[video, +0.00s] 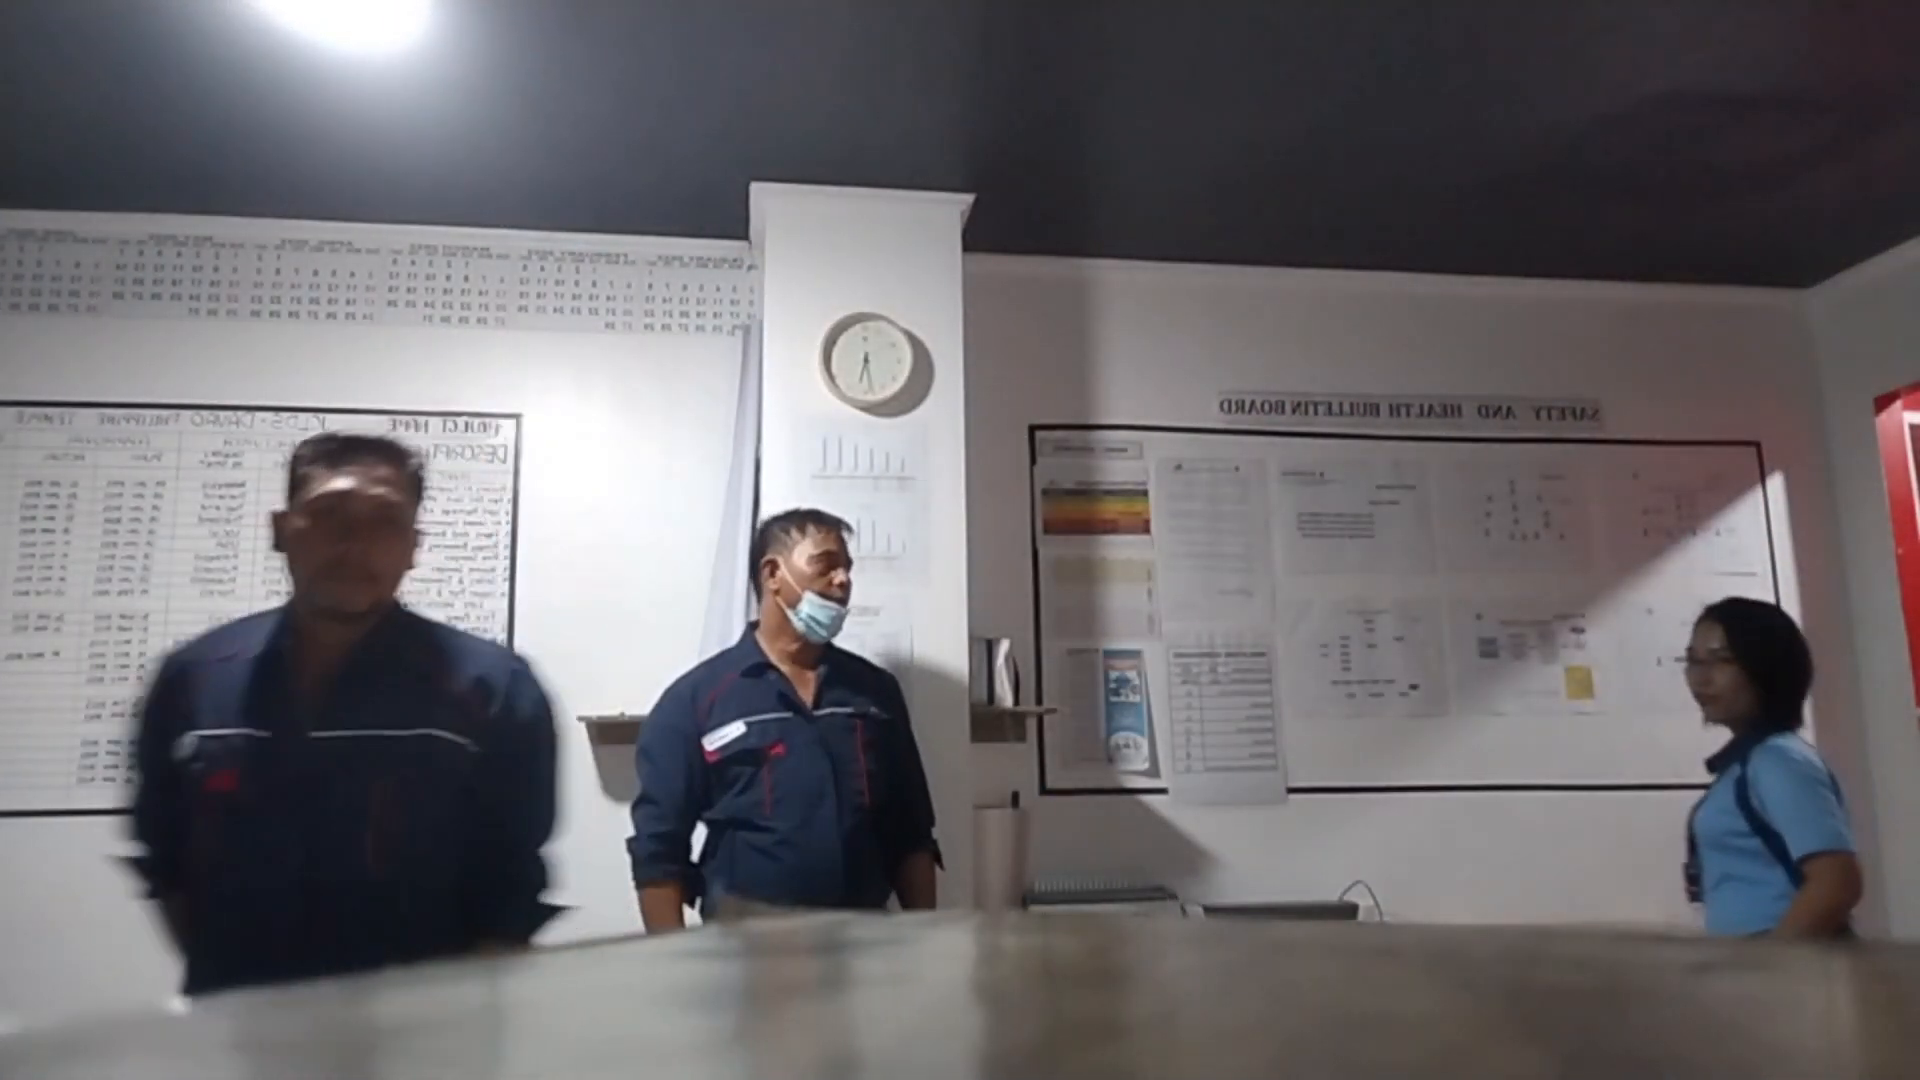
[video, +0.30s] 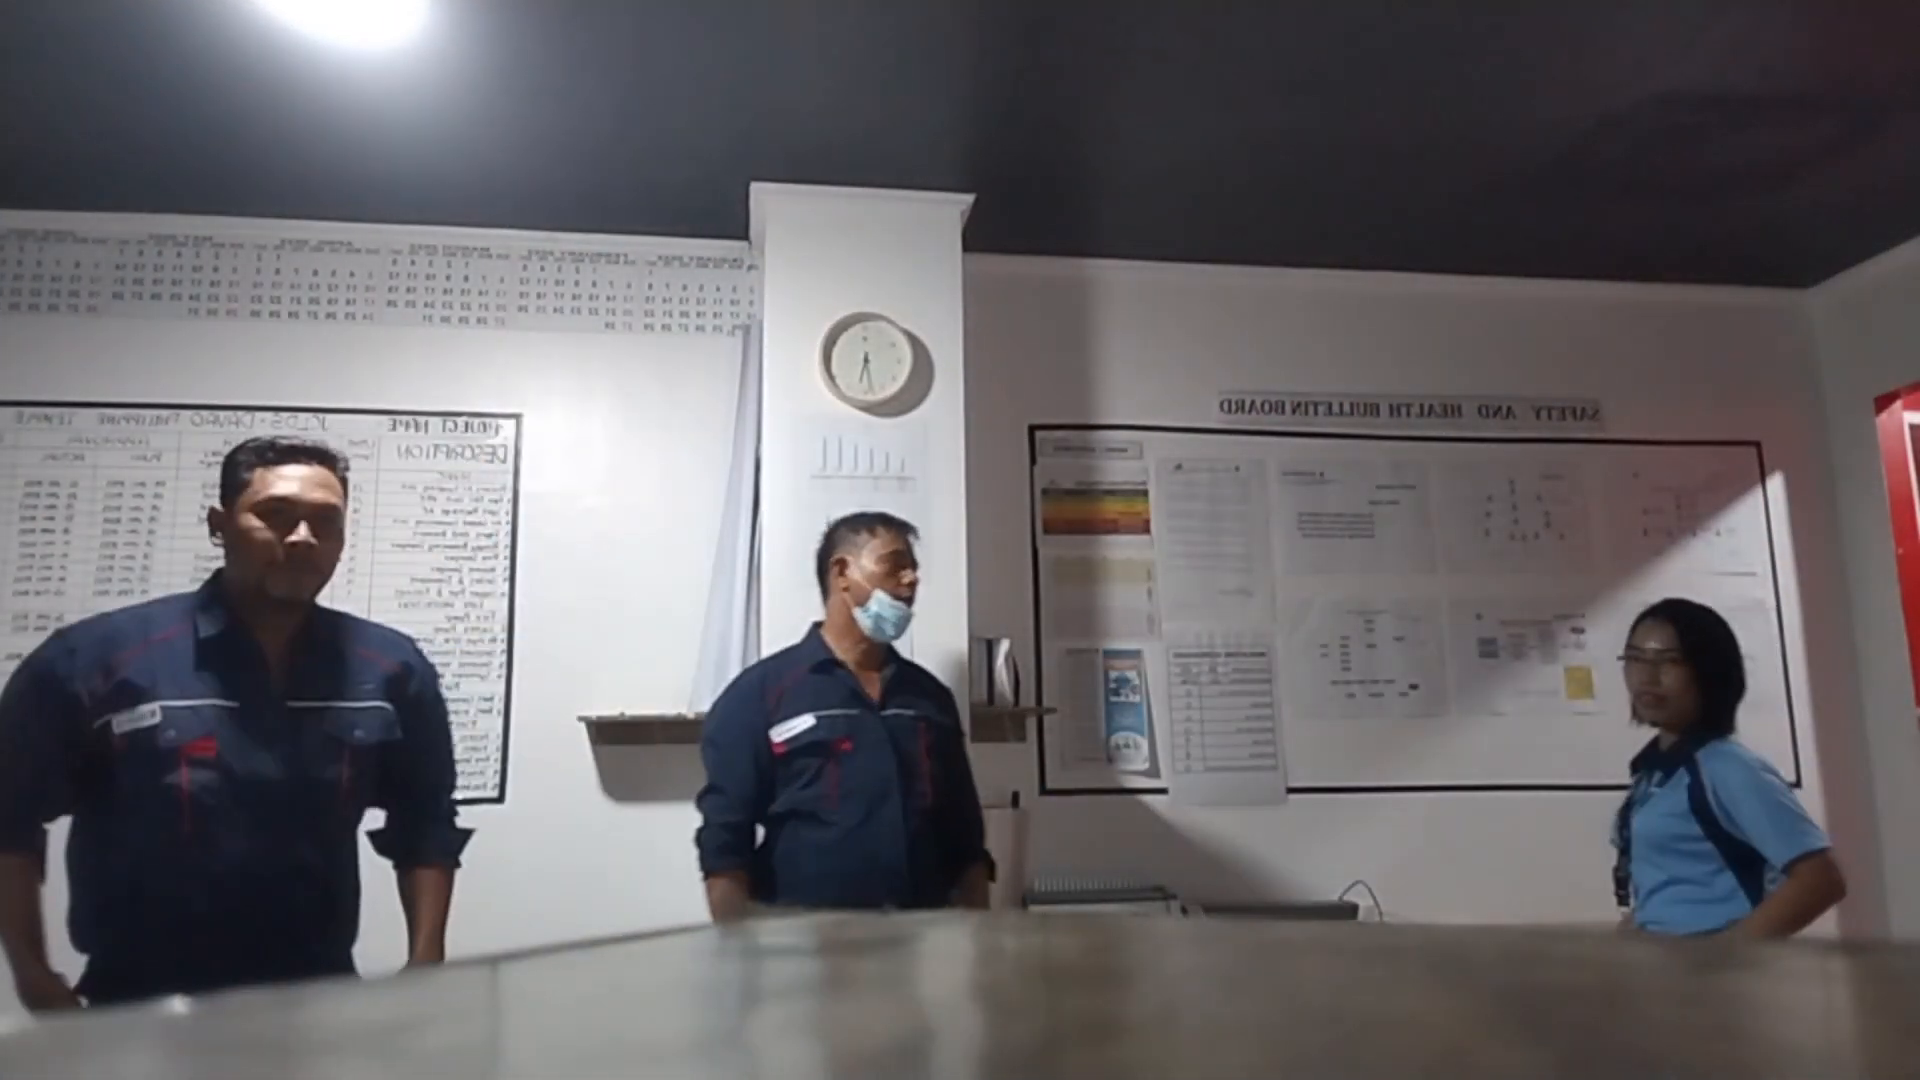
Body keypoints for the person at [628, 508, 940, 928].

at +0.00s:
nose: (843, 580)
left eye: (846, 567)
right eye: (824, 564)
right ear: (773, 575)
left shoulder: (877, 692)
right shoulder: (694, 702)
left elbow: (912, 836)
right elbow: (657, 851)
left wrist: (927, 946)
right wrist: (675, 973)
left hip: (863, 941)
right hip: (748, 944)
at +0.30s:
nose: (913, 579)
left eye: (913, 567)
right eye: (895, 566)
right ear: (841, 574)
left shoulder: (932, 698)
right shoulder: (757, 697)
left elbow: (966, 845)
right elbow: (723, 844)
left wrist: (974, 949)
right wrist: (748, 963)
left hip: (922, 945)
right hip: (804, 947)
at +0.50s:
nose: (957, 572)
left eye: (961, 562)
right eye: (940, 558)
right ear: (887, 567)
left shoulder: (974, 696)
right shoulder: (799, 688)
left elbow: (1004, 843)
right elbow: (767, 831)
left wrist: (1014, 947)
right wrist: (799, 949)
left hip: (956, 945)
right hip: (840, 946)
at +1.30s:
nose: (964, 559)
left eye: (973, 549)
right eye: (943, 545)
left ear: (982, 568)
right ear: (896, 565)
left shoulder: (1001, 697)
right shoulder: (813, 682)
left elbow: (1028, 856)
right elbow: (773, 833)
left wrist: (1039, 961)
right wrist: (790, 957)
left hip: (971, 955)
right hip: (846, 956)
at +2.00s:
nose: (860, 555)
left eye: (878, 538)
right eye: (842, 545)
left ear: (915, 554)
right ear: (826, 571)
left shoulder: (975, 677)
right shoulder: (775, 692)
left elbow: (1013, 831)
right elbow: (741, 847)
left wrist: (1015, 950)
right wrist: (761, 959)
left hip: (959, 945)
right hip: (828, 951)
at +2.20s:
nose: (878, 561)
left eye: (897, 544)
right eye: (863, 550)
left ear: (939, 558)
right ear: (851, 567)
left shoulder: (1002, 684)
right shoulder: (803, 691)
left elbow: (1040, 835)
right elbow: (764, 840)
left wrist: (1042, 949)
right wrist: (768, 958)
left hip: (979, 948)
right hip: (846, 951)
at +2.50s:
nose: (938, 566)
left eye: (959, 556)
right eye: (926, 552)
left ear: (991, 582)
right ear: (906, 571)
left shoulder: (1031, 705)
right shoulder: (841, 687)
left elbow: (1063, 860)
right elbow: (797, 828)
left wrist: (1058, 970)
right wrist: (789, 950)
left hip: (986, 953)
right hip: (858, 951)